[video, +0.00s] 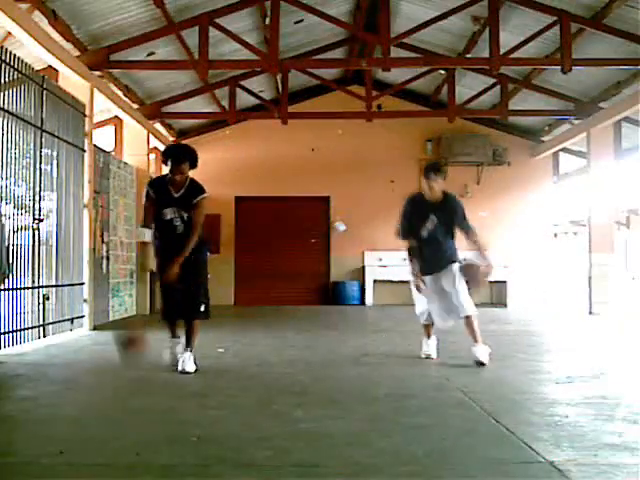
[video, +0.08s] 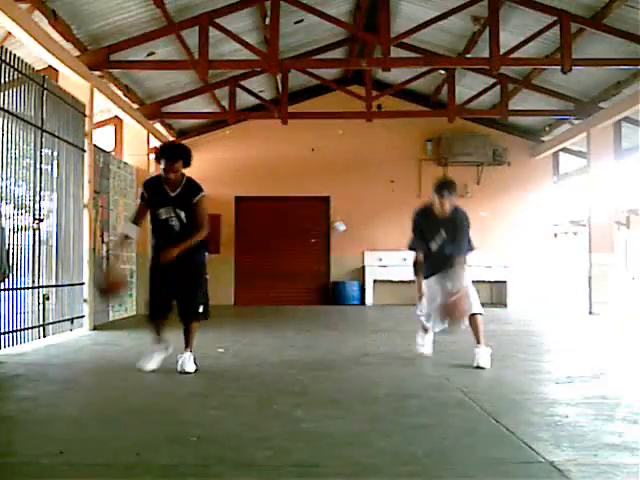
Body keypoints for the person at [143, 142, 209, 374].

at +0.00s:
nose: (178, 178)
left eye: (182, 173)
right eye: (174, 173)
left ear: (190, 169)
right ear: (168, 168)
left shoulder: (197, 191)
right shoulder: (155, 188)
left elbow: (196, 230)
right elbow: (148, 224)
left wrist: (178, 262)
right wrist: (150, 258)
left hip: (192, 250)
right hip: (166, 249)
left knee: (192, 301)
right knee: (170, 300)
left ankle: (189, 351)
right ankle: (175, 341)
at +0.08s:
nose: (169, 174)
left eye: (173, 170)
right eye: (166, 169)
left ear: (184, 167)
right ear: (160, 166)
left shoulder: (194, 190)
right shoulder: (151, 187)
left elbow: (204, 229)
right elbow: (138, 218)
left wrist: (178, 249)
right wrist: (124, 237)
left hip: (191, 252)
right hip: (162, 252)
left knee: (190, 305)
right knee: (157, 304)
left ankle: (188, 352)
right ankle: (160, 345)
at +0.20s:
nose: (160, 171)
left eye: (165, 166)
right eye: (157, 166)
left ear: (176, 164)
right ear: (152, 164)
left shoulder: (190, 187)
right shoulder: (146, 184)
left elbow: (210, 218)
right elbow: (131, 208)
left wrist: (185, 235)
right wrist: (124, 212)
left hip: (185, 254)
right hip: (156, 253)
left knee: (187, 306)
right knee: (143, 304)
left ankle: (187, 353)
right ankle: (136, 354)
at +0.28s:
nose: (151, 167)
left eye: (156, 162)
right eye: (148, 162)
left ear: (167, 161)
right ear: (143, 161)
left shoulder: (182, 184)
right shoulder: (137, 184)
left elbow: (211, 207)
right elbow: (113, 203)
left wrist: (197, 226)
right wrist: (98, 202)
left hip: (177, 255)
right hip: (148, 255)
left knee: (183, 306)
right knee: (134, 306)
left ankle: (186, 353)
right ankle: (125, 356)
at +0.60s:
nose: (130, 171)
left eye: (135, 166)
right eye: (126, 166)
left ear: (145, 160)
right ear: (120, 163)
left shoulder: (161, 181)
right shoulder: (115, 184)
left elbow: (184, 209)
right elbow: (103, 215)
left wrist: (183, 230)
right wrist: (91, 217)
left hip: (157, 254)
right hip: (128, 255)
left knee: (161, 307)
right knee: (123, 309)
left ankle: (175, 345)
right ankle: (124, 357)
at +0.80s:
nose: (120, 172)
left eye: (124, 167)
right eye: (116, 167)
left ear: (136, 161)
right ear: (112, 165)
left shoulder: (154, 179)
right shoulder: (108, 190)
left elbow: (174, 208)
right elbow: (108, 223)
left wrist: (179, 244)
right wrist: (109, 249)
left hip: (153, 250)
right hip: (125, 252)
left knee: (147, 302)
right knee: (121, 305)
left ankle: (162, 344)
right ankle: (123, 356)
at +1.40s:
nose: (150, 158)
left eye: (156, 152)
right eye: (145, 152)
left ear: (164, 151)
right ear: (137, 150)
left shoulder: (174, 177)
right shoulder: (125, 175)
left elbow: (181, 216)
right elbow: (112, 210)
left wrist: (168, 213)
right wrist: (120, 224)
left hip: (166, 247)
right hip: (136, 248)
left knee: (170, 303)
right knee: (137, 302)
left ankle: (169, 359)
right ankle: (133, 342)